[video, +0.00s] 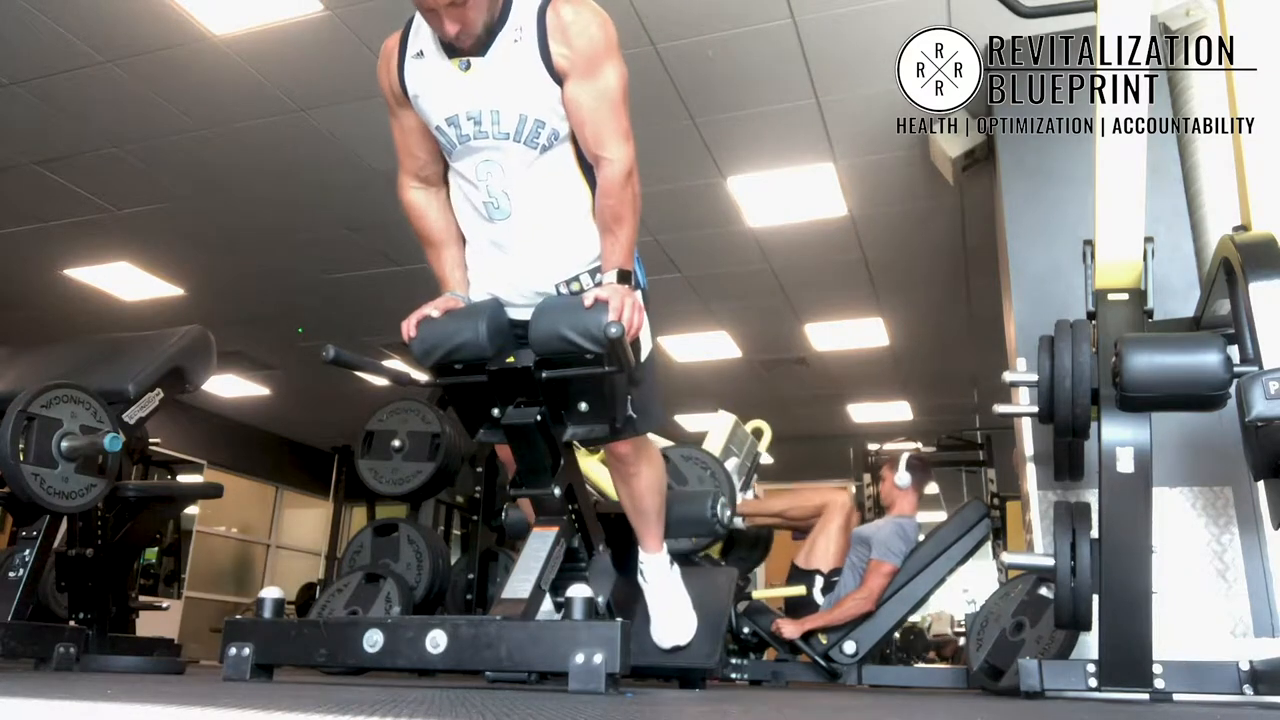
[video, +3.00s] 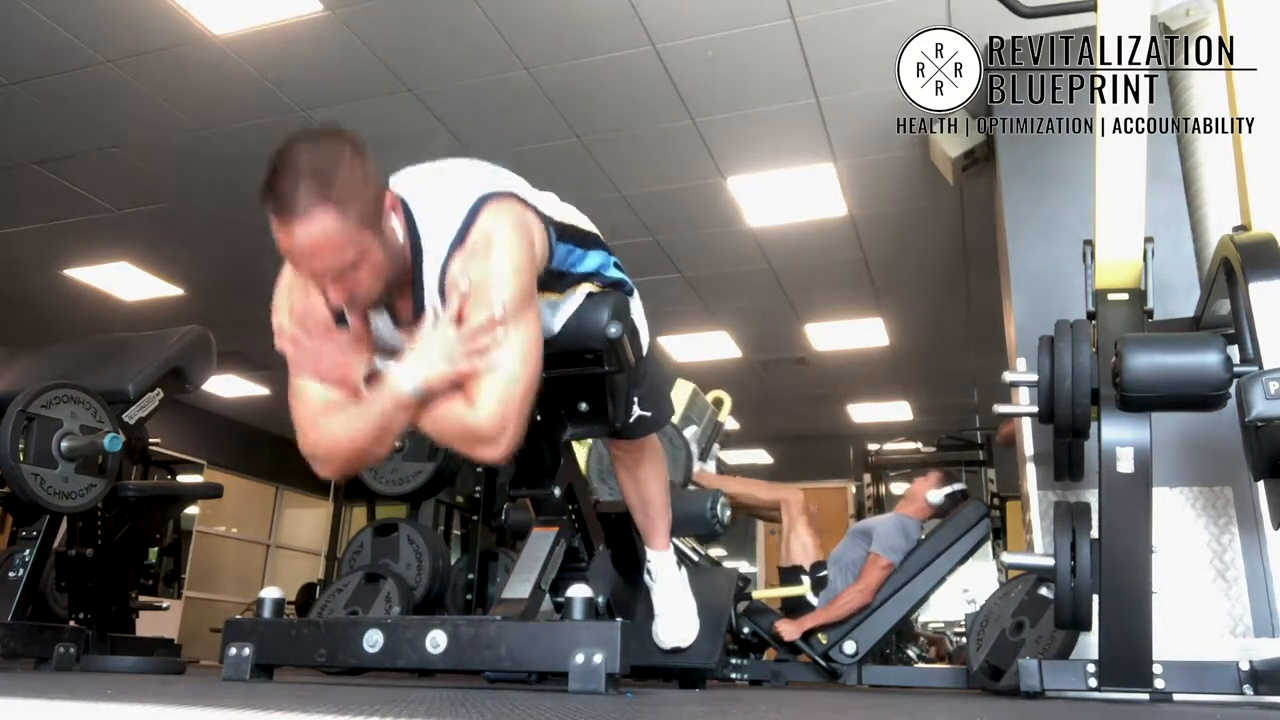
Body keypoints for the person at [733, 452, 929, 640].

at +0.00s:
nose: (879, 488)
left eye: (883, 480)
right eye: (880, 480)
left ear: (901, 481)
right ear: (905, 483)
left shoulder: (895, 530)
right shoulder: (896, 525)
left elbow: (867, 599)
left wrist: (801, 625)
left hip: (814, 606)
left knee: (840, 499)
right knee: (848, 510)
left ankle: (734, 507)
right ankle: (749, 513)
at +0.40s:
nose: (877, 493)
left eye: (880, 485)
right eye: (876, 485)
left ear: (902, 483)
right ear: (901, 484)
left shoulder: (900, 530)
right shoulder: (897, 526)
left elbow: (866, 597)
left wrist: (801, 625)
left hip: (813, 603)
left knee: (839, 498)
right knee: (850, 511)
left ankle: (732, 506)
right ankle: (746, 515)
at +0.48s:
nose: (877, 494)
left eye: (880, 485)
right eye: (877, 486)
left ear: (901, 483)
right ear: (901, 484)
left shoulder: (899, 530)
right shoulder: (898, 526)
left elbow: (866, 597)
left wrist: (801, 625)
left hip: (814, 604)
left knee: (836, 499)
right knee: (840, 499)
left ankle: (731, 504)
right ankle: (741, 511)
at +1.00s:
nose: (871, 493)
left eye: (875, 485)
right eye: (871, 486)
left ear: (897, 482)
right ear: (897, 484)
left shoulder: (895, 530)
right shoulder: (899, 527)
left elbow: (865, 597)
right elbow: (865, 593)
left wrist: (802, 625)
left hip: (812, 606)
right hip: (817, 600)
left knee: (798, 497)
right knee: (800, 502)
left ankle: (696, 475)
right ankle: (716, 487)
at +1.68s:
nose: (870, 494)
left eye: (872, 485)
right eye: (869, 486)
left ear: (894, 483)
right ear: (895, 483)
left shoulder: (894, 527)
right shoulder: (899, 525)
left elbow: (864, 592)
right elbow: (865, 591)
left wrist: (803, 625)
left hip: (813, 602)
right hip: (816, 596)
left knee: (754, 510)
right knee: (756, 513)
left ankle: (672, 461)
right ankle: (680, 465)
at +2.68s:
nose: (903, 471)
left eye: (911, 469)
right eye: (909, 467)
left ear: (919, 485)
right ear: (924, 493)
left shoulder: (893, 526)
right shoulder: (903, 527)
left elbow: (864, 591)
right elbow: (866, 591)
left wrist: (800, 623)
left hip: (809, 607)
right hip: (815, 602)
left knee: (761, 505)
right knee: (767, 510)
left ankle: (676, 460)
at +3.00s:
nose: (918, 479)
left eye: (926, 479)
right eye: (925, 476)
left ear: (930, 496)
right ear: (931, 503)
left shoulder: (898, 526)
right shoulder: (903, 526)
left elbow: (864, 593)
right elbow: (864, 591)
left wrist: (801, 624)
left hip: (812, 604)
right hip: (817, 600)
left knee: (794, 499)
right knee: (793, 500)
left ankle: (699, 474)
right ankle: (711, 476)